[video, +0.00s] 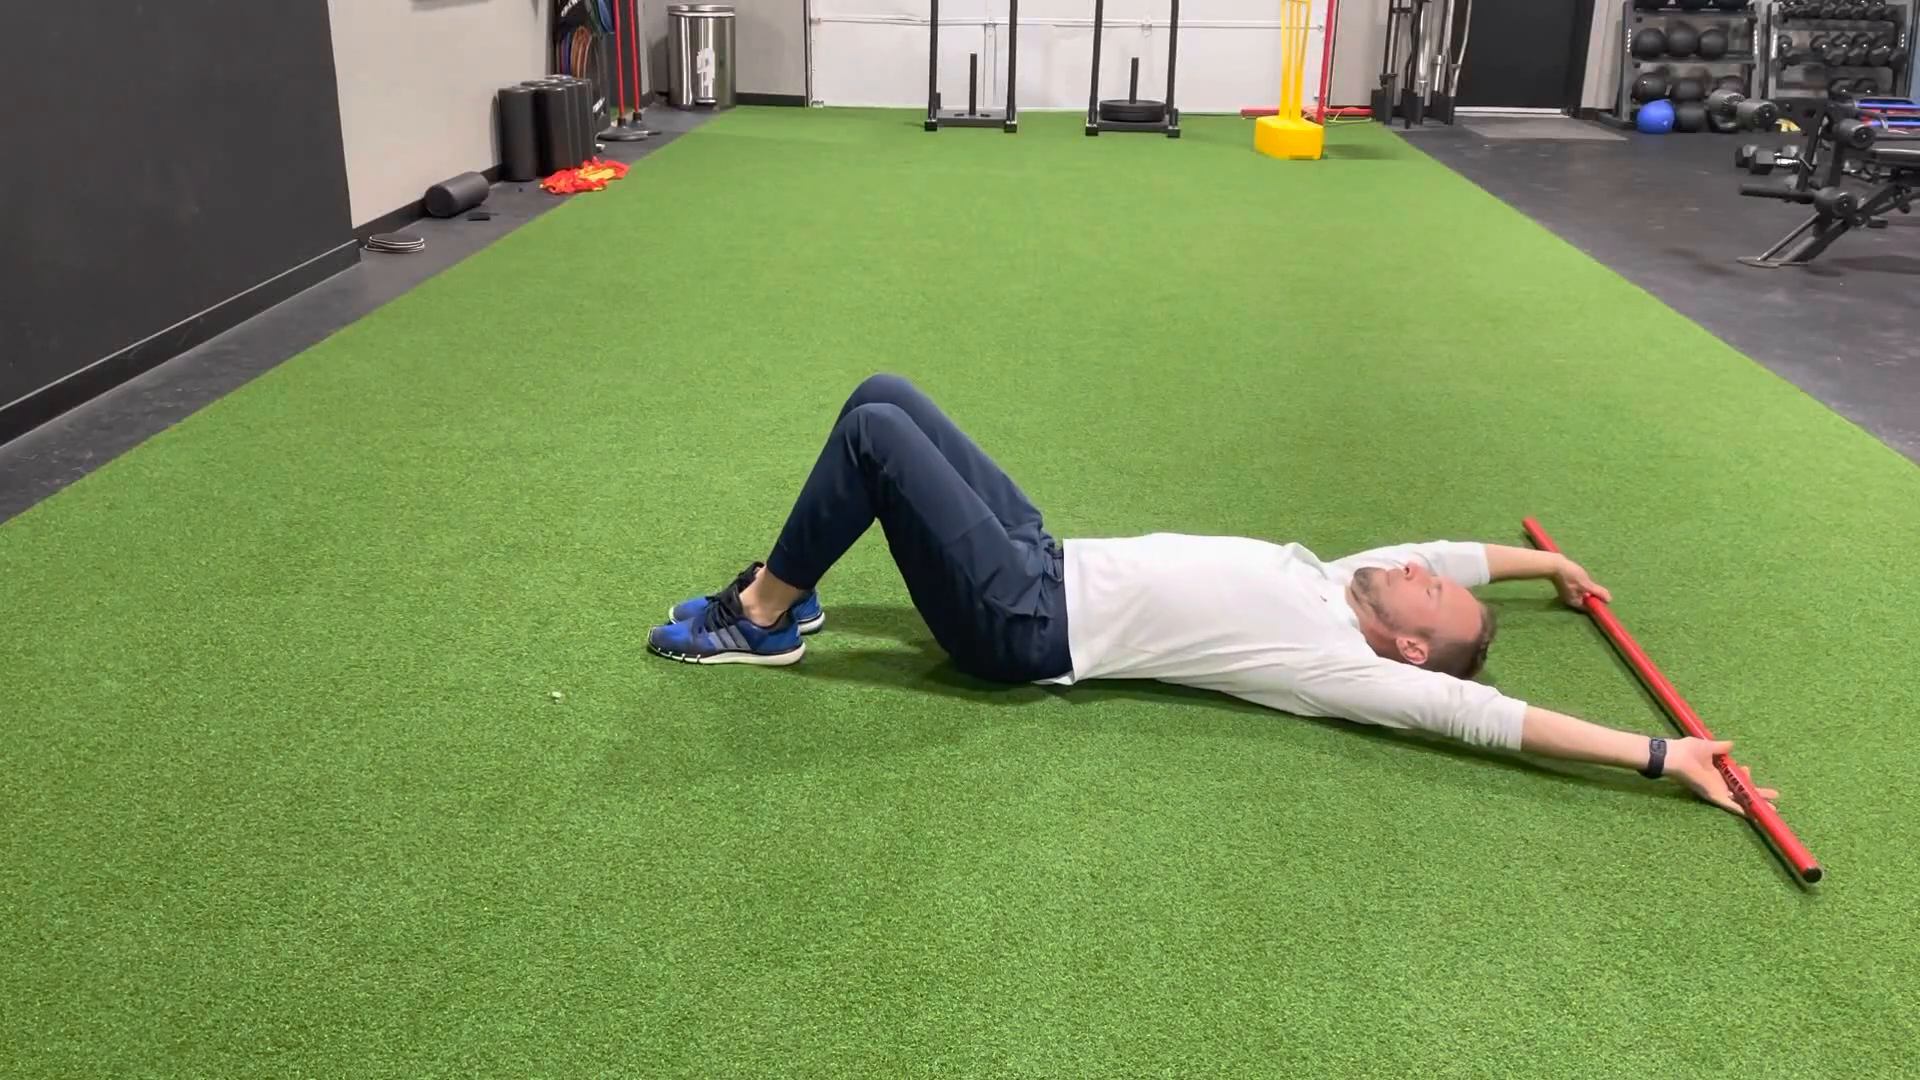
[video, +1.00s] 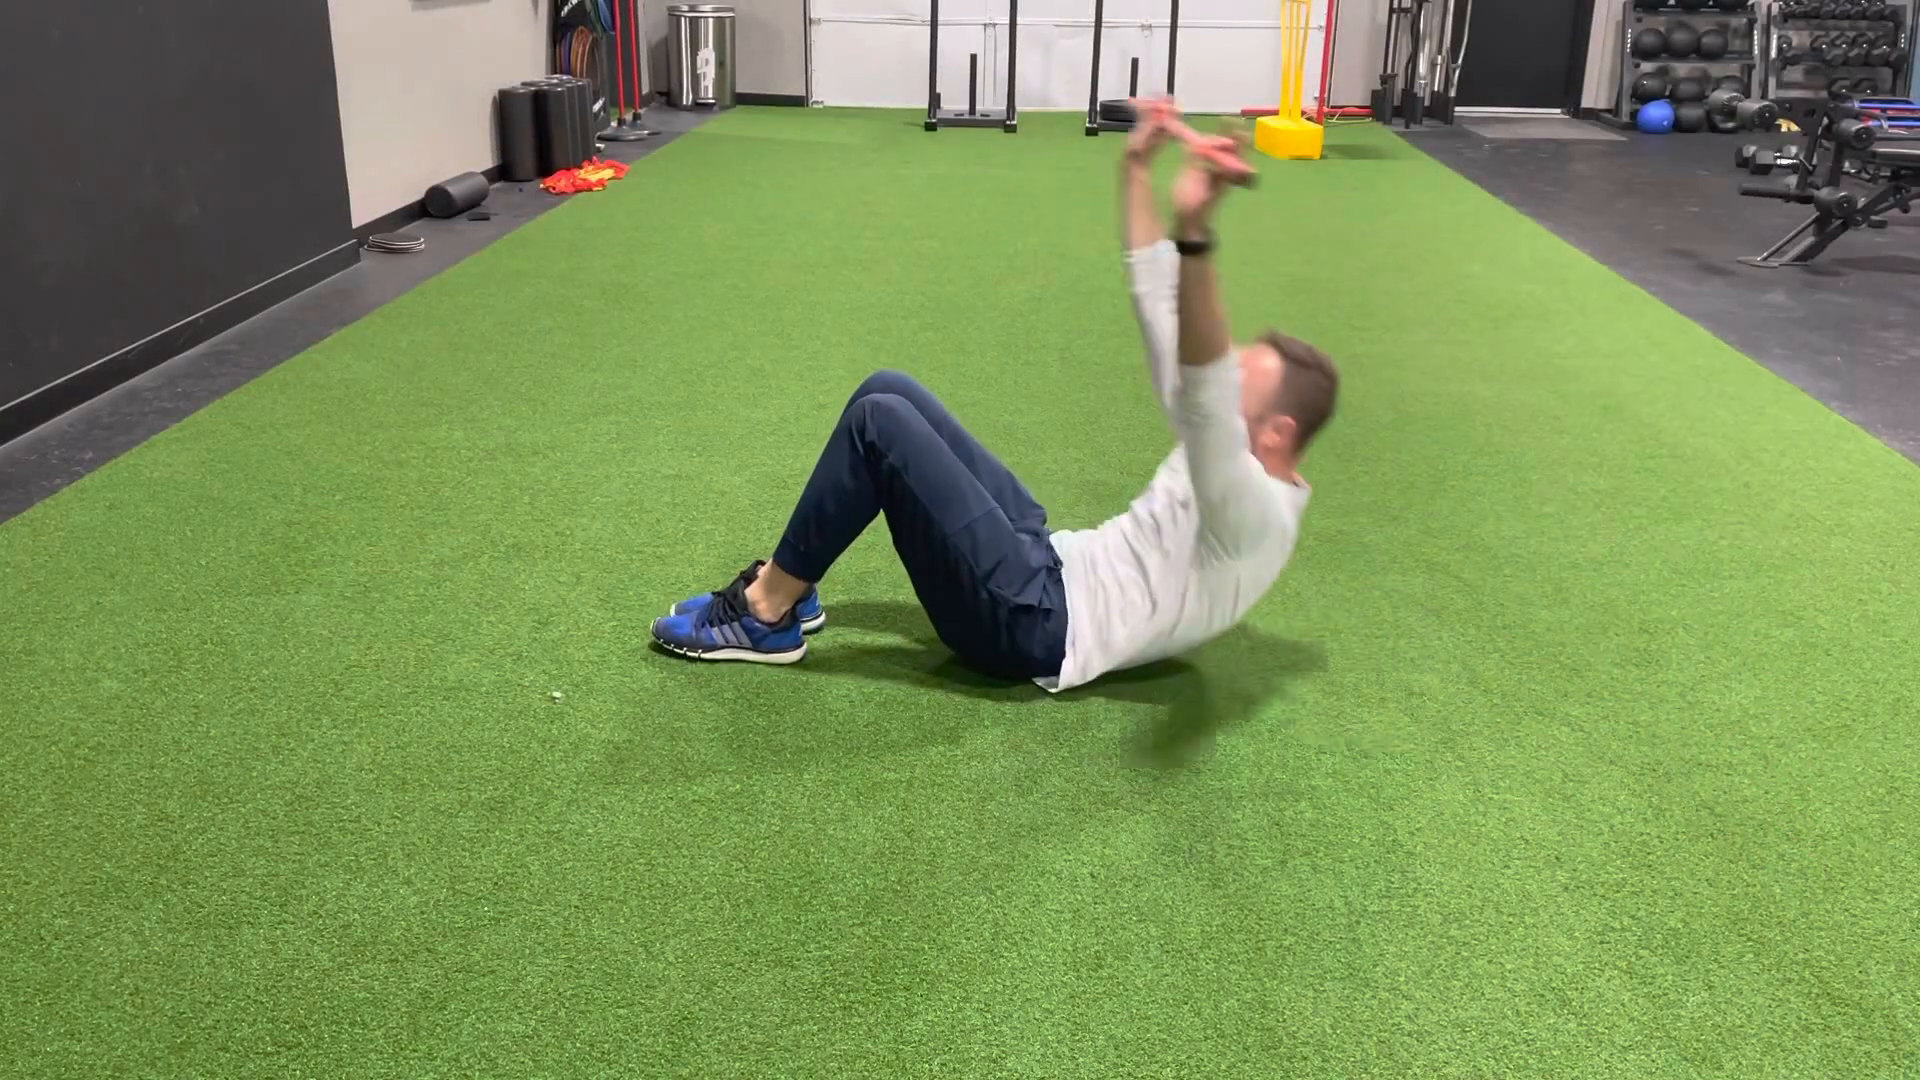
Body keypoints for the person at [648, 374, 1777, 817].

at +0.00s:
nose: (1408, 569)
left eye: (1423, 586)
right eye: (1424, 570)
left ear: (1421, 646)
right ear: (1406, 583)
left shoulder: (1351, 669)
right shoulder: (1336, 589)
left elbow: (1506, 723)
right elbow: (1432, 558)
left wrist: (1658, 750)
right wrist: (1547, 565)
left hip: (1036, 615)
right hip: (1052, 559)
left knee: (873, 416)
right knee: (883, 399)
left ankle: (771, 606)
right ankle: (779, 589)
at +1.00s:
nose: (1217, 388)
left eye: (1234, 384)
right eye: (1225, 374)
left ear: (1276, 433)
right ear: (1273, 431)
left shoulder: (1255, 516)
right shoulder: (1224, 465)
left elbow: (1201, 389)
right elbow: (1166, 336)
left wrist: (1197, 238)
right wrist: (1135, 172)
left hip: (1038, 616)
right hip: (1050, 563)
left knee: (879, 415)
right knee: (889, 395)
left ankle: (765, 611)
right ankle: (782, 592)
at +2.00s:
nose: (1020, 308)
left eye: (1034, 299)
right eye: (1021, 292)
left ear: (1083, 315)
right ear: (1082, 312)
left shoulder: (1089, 394)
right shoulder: (1093, 360)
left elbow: (987, 295)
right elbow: (1000, 221)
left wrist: (895, 155)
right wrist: (943, 105)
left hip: (999, 619)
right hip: (1002, 554)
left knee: (852, 425)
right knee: (869, 388)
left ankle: (752, 614)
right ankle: (776, 586)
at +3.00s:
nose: (1445, 558)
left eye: (1464, 578)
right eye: (1459, 555)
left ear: (1457, 619)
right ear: (1433, 563)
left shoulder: (1380, 649)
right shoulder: (1351, 573)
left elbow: (1540, 651)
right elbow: (1451, 515)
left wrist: (1699, 650)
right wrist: (1571, 483)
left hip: (1067, 617)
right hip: (1075, 561)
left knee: (894, 419)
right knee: (895, 404)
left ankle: (780, 610)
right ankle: (784, 586)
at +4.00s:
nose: (1378, 447)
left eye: (1399, 464)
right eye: (1387, 448)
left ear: (1405, 528)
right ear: (1361, 468)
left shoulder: (1335, 584)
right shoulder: (1297, 506)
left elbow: (1376, 436)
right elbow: (1311, 371)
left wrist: (1440, 316)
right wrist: (1342, 222)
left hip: (1071, 614)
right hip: (1081, 565)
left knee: (899, 422)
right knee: (901, 403)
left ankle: (779, 611)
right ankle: (781, 584)